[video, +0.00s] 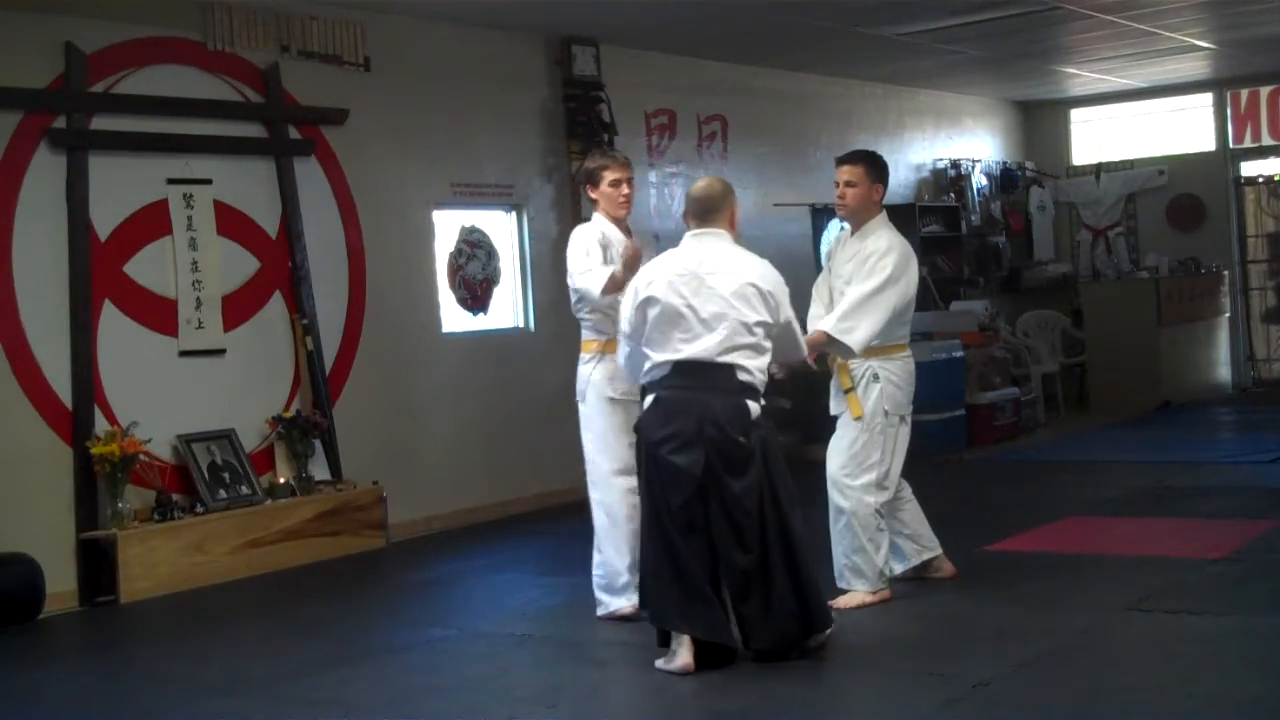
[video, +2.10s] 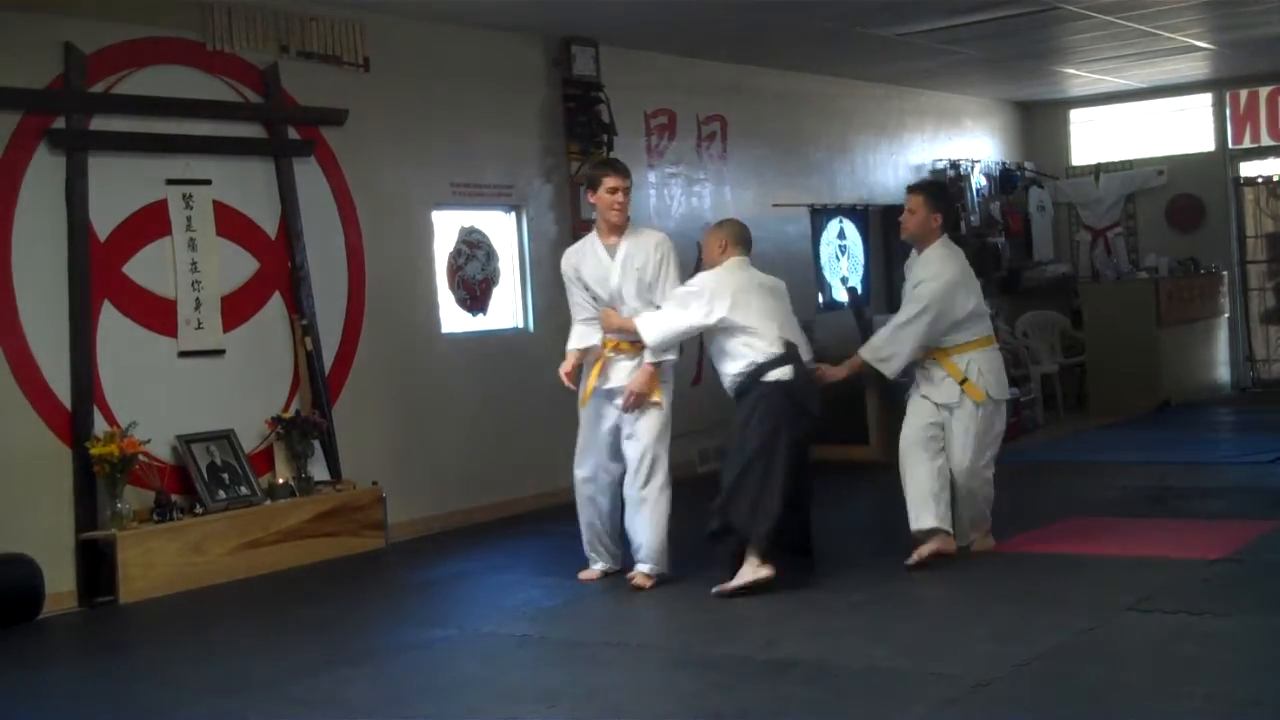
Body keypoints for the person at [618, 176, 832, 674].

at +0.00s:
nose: (738, 221)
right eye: (737, 214)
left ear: (685, 219)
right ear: (733, 216)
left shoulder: (650, 276)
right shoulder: (761, 273)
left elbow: (631, 360)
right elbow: (791, 354)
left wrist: (673, 372)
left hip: (668, 410)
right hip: (737, 409)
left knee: (675, 526)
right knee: (755, 519)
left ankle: (683, 644)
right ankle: (792, 625)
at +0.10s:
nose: (720, 218)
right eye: (720, 211)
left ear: (669, 217)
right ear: (717, 214)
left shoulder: (641, 273)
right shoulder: (748, 268)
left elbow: (613, 355)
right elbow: (779, 345)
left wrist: (619, 420)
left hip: (663, 409)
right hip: (730, 407)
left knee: (667, 527)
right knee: (741, 519)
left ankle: (682, 645)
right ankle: (767, 627)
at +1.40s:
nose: (710, 236)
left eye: (710, 230)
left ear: (713, 233)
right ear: (758, 237)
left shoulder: (683, 285)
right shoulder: (779, 285)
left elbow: (651, 350)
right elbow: (807, 357)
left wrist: (640, 408)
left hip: (699, 394)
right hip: (758, 393)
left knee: (709, 499)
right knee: (762, 502)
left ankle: (727, 600)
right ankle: (760, 611)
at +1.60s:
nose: (700, 247)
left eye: (698, 242)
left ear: (701, 243)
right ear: (743, 244)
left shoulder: (679, 288)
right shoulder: (768, 283)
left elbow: (640, 338)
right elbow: (816, 353)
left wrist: (617, 386)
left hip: (707, 386)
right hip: (762, 384)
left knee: (716, 489)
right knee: (774, 487)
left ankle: (731, 584)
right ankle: (778, 562)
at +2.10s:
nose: (702, 252)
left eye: (704, 245)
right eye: (703, 245)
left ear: (721, 245)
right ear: (741, 247)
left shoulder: (715, 283)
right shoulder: (774, 284)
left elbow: (663, 324)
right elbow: (801, 344)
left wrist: (621, 324)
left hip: (767, 388)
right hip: (799, 383)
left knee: (749, 469)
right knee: (788, 472)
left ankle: (754, 560)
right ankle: (791, 554)